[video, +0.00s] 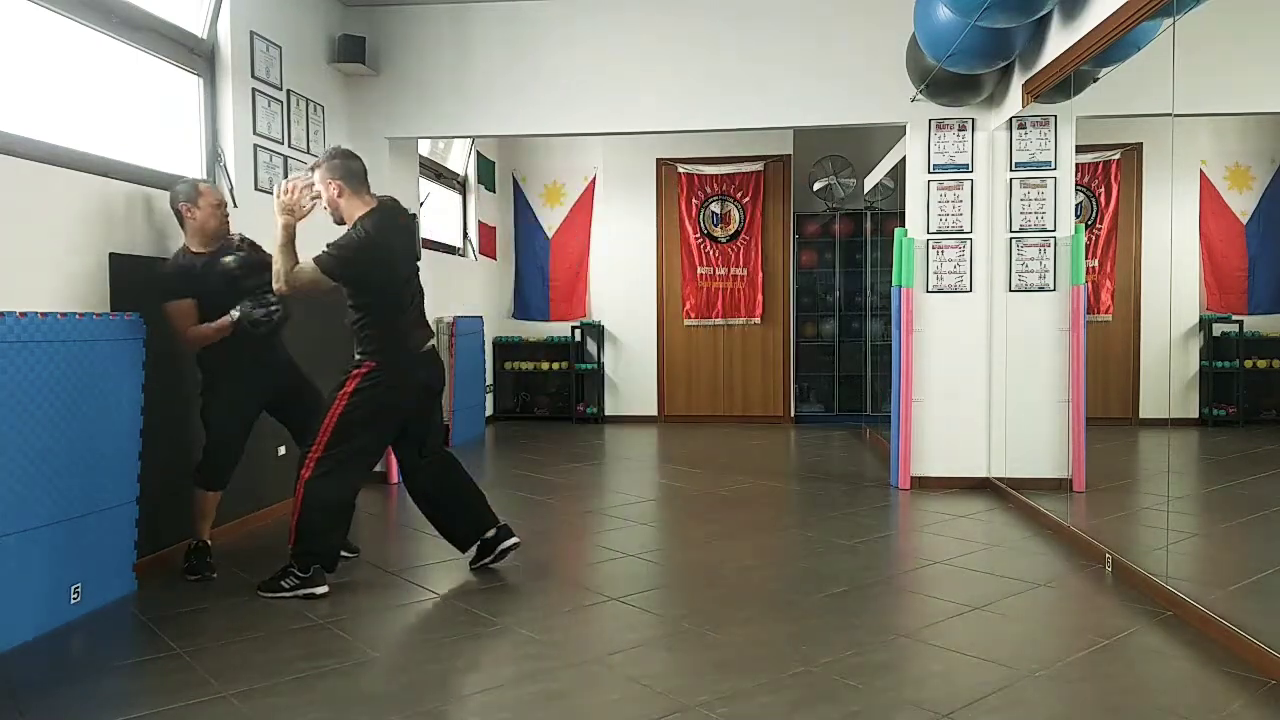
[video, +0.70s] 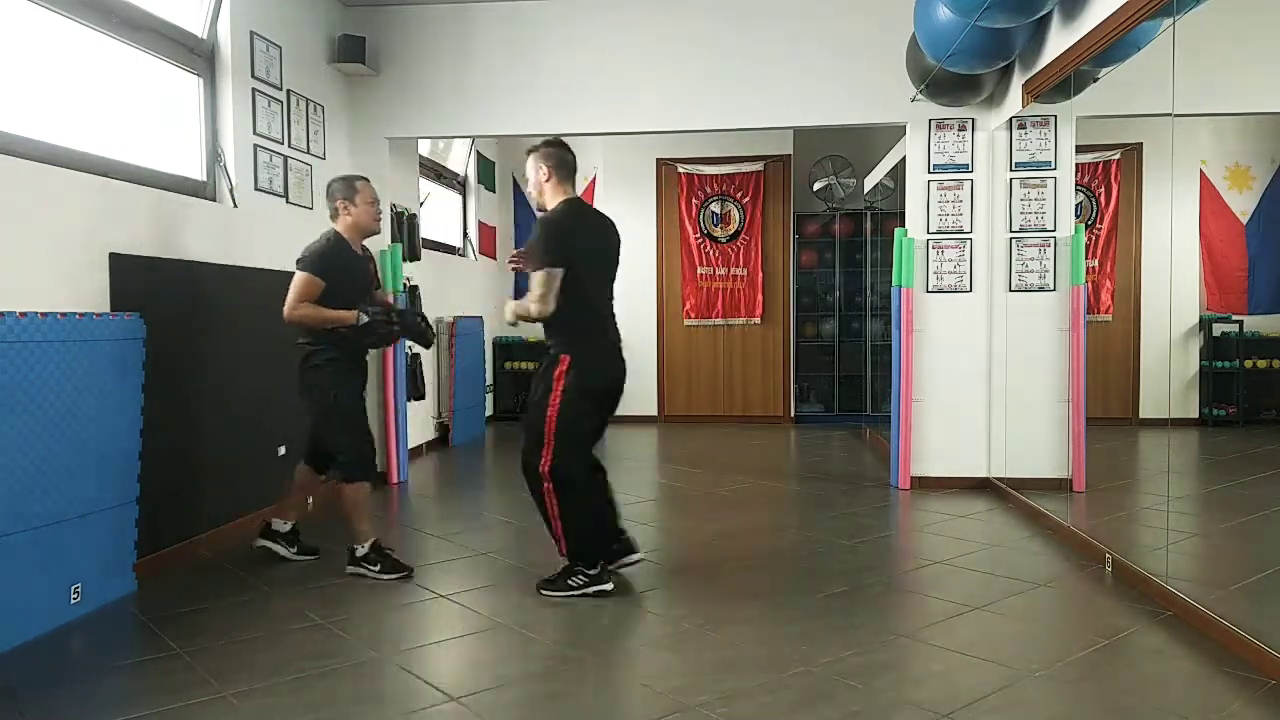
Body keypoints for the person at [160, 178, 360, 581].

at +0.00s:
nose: (228, 215)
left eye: (227, 207)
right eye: (219, 208)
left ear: (195, 212)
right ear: (188, 212)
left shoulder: (244, 248)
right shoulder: (178, 272)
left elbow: (287, 280)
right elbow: (188, 338)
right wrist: (235, 318)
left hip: (275, 366)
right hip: (228, 379)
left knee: (324, 435)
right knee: (219, 459)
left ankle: (326, 533)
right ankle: (201, 544)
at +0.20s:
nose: (264, 202)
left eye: (262, 196)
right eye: (254, 196)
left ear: (231, 201)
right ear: (225, 202)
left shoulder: (271, 246)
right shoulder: (210, 256)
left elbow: (285, 288)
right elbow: (203, 319)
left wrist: (312, 299)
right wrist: (264, 318)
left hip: (284, 362)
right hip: (238, 368)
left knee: (319, 441)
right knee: (225, 453)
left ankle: (287, 520)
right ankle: (202, 540)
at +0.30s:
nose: (289, 206)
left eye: (287, 199)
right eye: (280, 199)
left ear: (263, 204)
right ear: (252, 204)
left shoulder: (293, 251)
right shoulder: (234, 256)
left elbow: (303, 294)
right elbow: (216, 317)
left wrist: (326, 307)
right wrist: (276, 331)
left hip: (297, 369)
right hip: (253, 371)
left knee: (306, 456)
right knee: (240, 457)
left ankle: (276, 534)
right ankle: (207, 537)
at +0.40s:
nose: (316, 208)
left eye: (314, 202)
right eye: (307, 203)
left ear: (296, 209)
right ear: (279, 209)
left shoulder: (314, 258)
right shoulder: (260, 256)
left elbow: (320, 306)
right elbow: (235, 318)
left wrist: (344, 315)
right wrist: (290, 343)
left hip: (307, 368)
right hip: (271, 370)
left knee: (309, 457)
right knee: (274, 455)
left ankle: (277, 535)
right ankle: (234, 528)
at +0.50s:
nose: (339, 205)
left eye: (338, 199)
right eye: (331, 199)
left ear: (313, 203)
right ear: (303, 203)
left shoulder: (330, 252)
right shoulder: (282, 248)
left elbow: (337, 301)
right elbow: (247, 305)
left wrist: (364, 305)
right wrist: (304, 330)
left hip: (320, 360)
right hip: (288, 361)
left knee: (312, 452)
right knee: (300, 451)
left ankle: (285, 532)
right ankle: (275, 535)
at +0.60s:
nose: (359, 202)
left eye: (358, 196)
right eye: (351, 196)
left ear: (336, 202)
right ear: (324, 201)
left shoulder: (348, 250)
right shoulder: (302, 243)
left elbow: (361, 295)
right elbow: (265, 298)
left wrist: (383, 305)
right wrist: (326, 315)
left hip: (332, 360)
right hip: (306, 361)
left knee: (305, 448)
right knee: (332, 450)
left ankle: (278, 529)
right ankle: (336, 545)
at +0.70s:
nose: (379, 210)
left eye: (378, 204)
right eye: (372, 204)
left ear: (353, 209)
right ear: (344, 208)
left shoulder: (365, 258)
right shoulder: (324, 251)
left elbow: (369, 297)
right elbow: (294, 310)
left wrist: (395, 308)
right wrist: (355, 316)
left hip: (348, 370)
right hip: (325, 371)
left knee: (320, 455)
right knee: (355, 459)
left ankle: (279, 526)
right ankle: (364, 548)